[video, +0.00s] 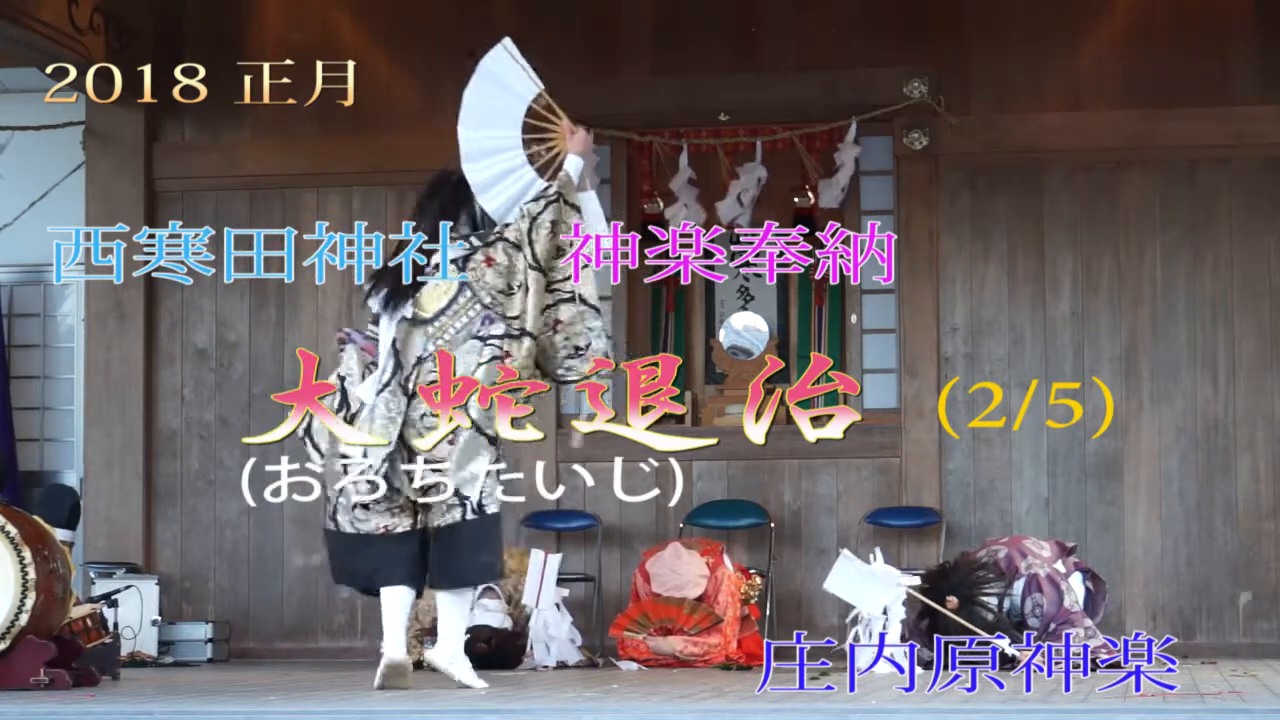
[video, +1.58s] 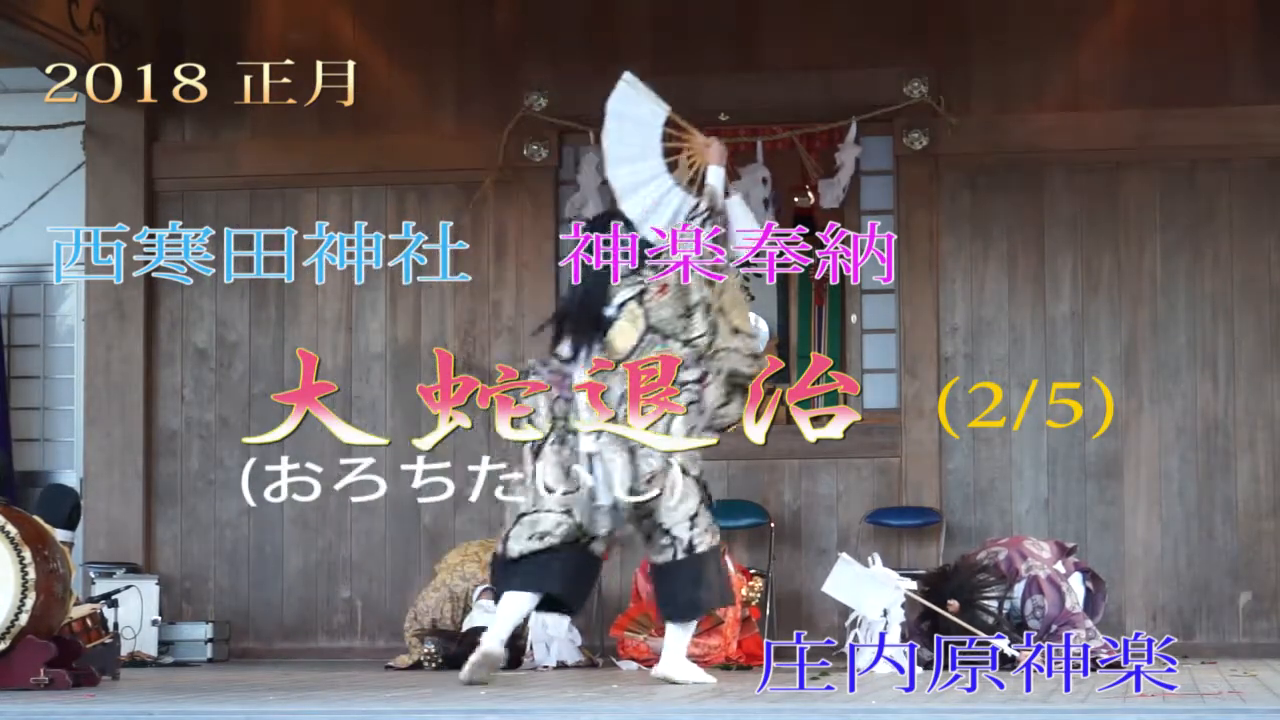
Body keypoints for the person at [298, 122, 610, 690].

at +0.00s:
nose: (484, 220)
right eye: (479, 211)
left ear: (422, 217)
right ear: (477, 215)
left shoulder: (398, 272)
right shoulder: (493, 262)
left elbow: (373, 359)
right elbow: (539, 226)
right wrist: (572, 164)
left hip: (395, 418)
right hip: (460, 420)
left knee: (398, 530)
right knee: (460, 529)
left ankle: (393, 647)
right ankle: (449, 645)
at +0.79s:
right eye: (505, 230)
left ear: (447, 244)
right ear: (503, 238)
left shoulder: (423, 306)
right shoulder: (523, 284)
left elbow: (397, 391)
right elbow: (575, 257)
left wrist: (398, 440)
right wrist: (612, 204)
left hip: (431, 442)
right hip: (502, 432)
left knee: (442, 554)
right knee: (529, 528)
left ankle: (453, 662)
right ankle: (525, 614)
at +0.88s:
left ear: (455, 252)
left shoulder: (430, 311)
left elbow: (398, 402)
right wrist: (609, 212)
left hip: (430, 456)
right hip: (496, 452)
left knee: (452, 560)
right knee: (585, 507)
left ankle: (454, 661)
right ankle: (576, 592)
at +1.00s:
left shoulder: (468, 307)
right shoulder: (549, 282)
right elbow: (581, 263)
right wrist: (612, 209)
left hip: (452, 457)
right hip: (514, 454)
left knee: (465, 550)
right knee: (616, 470)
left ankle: (454, 661)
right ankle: (640, 570)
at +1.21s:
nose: (560, 257)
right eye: (554, 248)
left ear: (493, 258)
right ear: (544, 253)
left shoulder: (476, 317)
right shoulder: (566, 292)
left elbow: (462, 405)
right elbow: (610, 249)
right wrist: (636, 195)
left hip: (480, 460)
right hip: (545, 456)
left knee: (489, 555)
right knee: (643, 514)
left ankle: (456, 657)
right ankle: (685, 615)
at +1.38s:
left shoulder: (548, 326)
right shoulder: (614, 313)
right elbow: (659, 256)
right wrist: (665, 200)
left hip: (533, 459)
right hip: (596, 459)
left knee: (523, 554)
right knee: (669, 545)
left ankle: (458, 658)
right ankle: (671, 657)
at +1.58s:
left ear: (591, 253)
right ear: (645, 250)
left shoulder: (586, 302)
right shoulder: (666, 294)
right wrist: (717, 180)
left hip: (577, 436)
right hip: (648, 441)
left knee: (548, 528)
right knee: (686, 534)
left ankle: (495, 640)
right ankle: (674, 656)